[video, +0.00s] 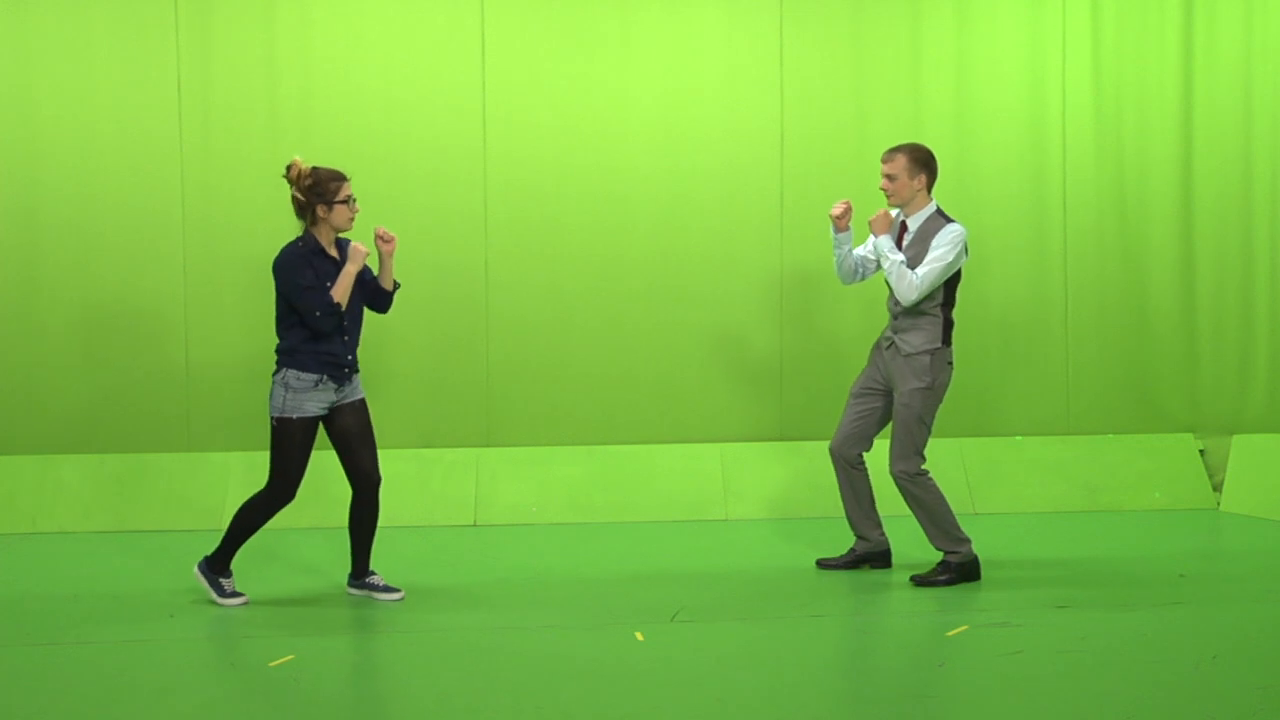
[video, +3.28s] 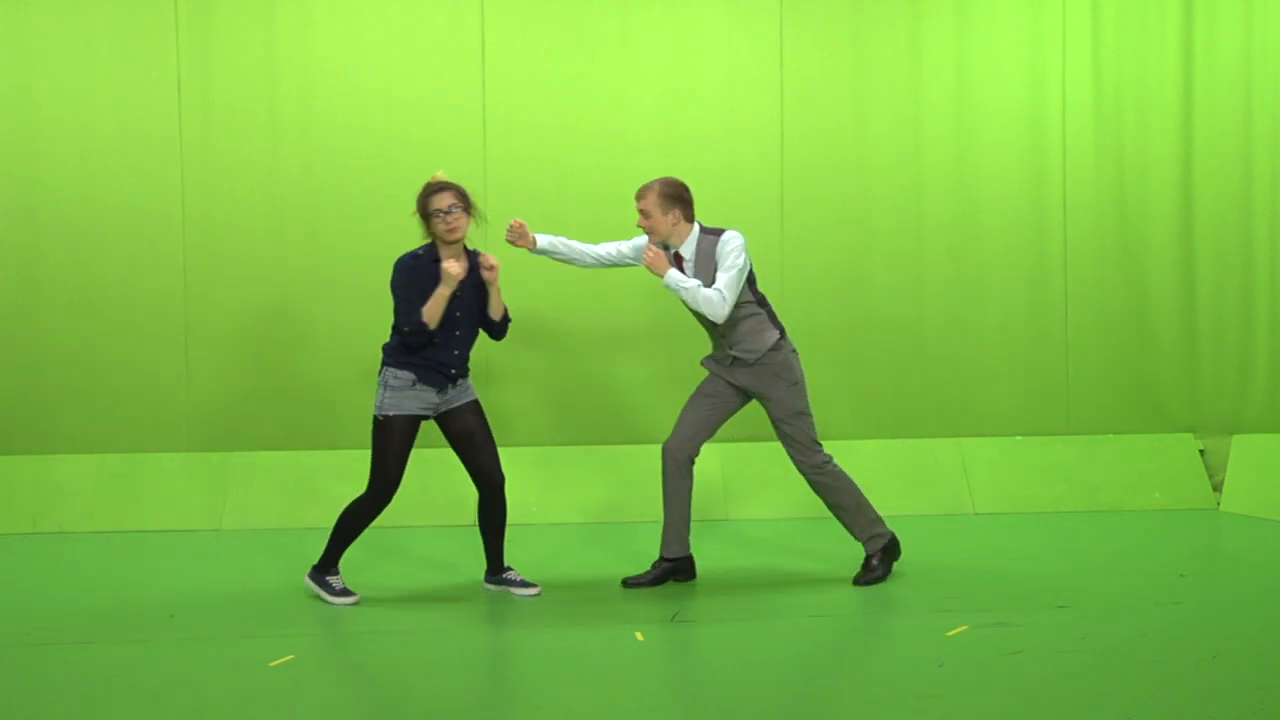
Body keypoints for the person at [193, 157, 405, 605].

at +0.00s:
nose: (355, 207)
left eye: (353, 199)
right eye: (347, 201)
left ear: (330, 210)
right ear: (321, 211)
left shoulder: (345, 256)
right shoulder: (292, 259)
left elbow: (380, 303)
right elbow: (323, 319)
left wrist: (386, 259)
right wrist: (353, 266)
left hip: (344, 383)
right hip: (298, 384)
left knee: (368, 481)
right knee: (282, 489)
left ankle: (360, 574)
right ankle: (215, 565)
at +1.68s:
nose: (396, 214)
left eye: (394, 206)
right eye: (387, 209)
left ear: (377, 217)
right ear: (362, 219)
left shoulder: (388, 267)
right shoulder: (332, 269)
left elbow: (421, 321)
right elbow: (347, 330)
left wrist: (431, 276)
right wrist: (382, 283)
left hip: (370, 393)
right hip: (325, 391)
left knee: (385, 489)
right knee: (296, 492)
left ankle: (361, 574)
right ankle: (223, 562)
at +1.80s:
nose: (408, 179)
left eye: (406, 172)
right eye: (400, 174)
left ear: (389, 183)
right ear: (375, 183)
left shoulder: (406, 234)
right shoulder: (346, 234)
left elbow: (446, 276)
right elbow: (361, 292)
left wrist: (444, 229)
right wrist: (398, 244)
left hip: (401, 360)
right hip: (356, 359)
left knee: (410, 461)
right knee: (333, 462)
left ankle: (379, 555)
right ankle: (273, 541)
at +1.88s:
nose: (423, 171)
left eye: (421, 162)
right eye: (413, 165)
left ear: (405, 173)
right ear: (388, 175)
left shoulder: (416, 221)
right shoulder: (360, 225)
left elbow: (456, 271)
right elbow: (384, 278)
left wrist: (461, 223)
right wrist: (415, 230)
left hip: (416, 347)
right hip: (370, 349)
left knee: (440, 447)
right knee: (359, 458)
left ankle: (417, 540)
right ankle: (315, 548)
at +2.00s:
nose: (446, 187)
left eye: (444, 180)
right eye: (436, 181)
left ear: (426, 190)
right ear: (412, 191)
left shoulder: (436, 238)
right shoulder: (384, 241)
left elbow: (475, 293)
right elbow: (422, 290)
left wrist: (489, 250)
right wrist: (441, 240)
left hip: (440, 361)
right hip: (395, 365)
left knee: (473, 459)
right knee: (391, 474)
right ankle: (337, 558)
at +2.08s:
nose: (464, 210)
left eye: (461, 203)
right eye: (454, 205)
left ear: (437, 215)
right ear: (429, 216)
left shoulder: (448, 263)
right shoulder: (403, 265)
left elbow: (487, 319)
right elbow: (439, 317)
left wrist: (505, 275)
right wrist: (461, 266)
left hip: (461, 384)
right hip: (417, 387)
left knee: (497, 477)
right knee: (404, 497)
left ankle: (499, 570)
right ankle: (333, 561)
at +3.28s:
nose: (448, 219)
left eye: (455, 210)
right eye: (438, 214)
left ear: (468, 215)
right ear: (426, 222)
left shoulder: (479, 265)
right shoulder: (411, 266)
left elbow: (498, 330)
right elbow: (416, 330)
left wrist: (492, 286)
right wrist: (446, 286)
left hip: (454, 382)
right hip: (405, 380)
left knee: (491, 480)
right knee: (382, 489)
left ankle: (497, 570)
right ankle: (324, 569)